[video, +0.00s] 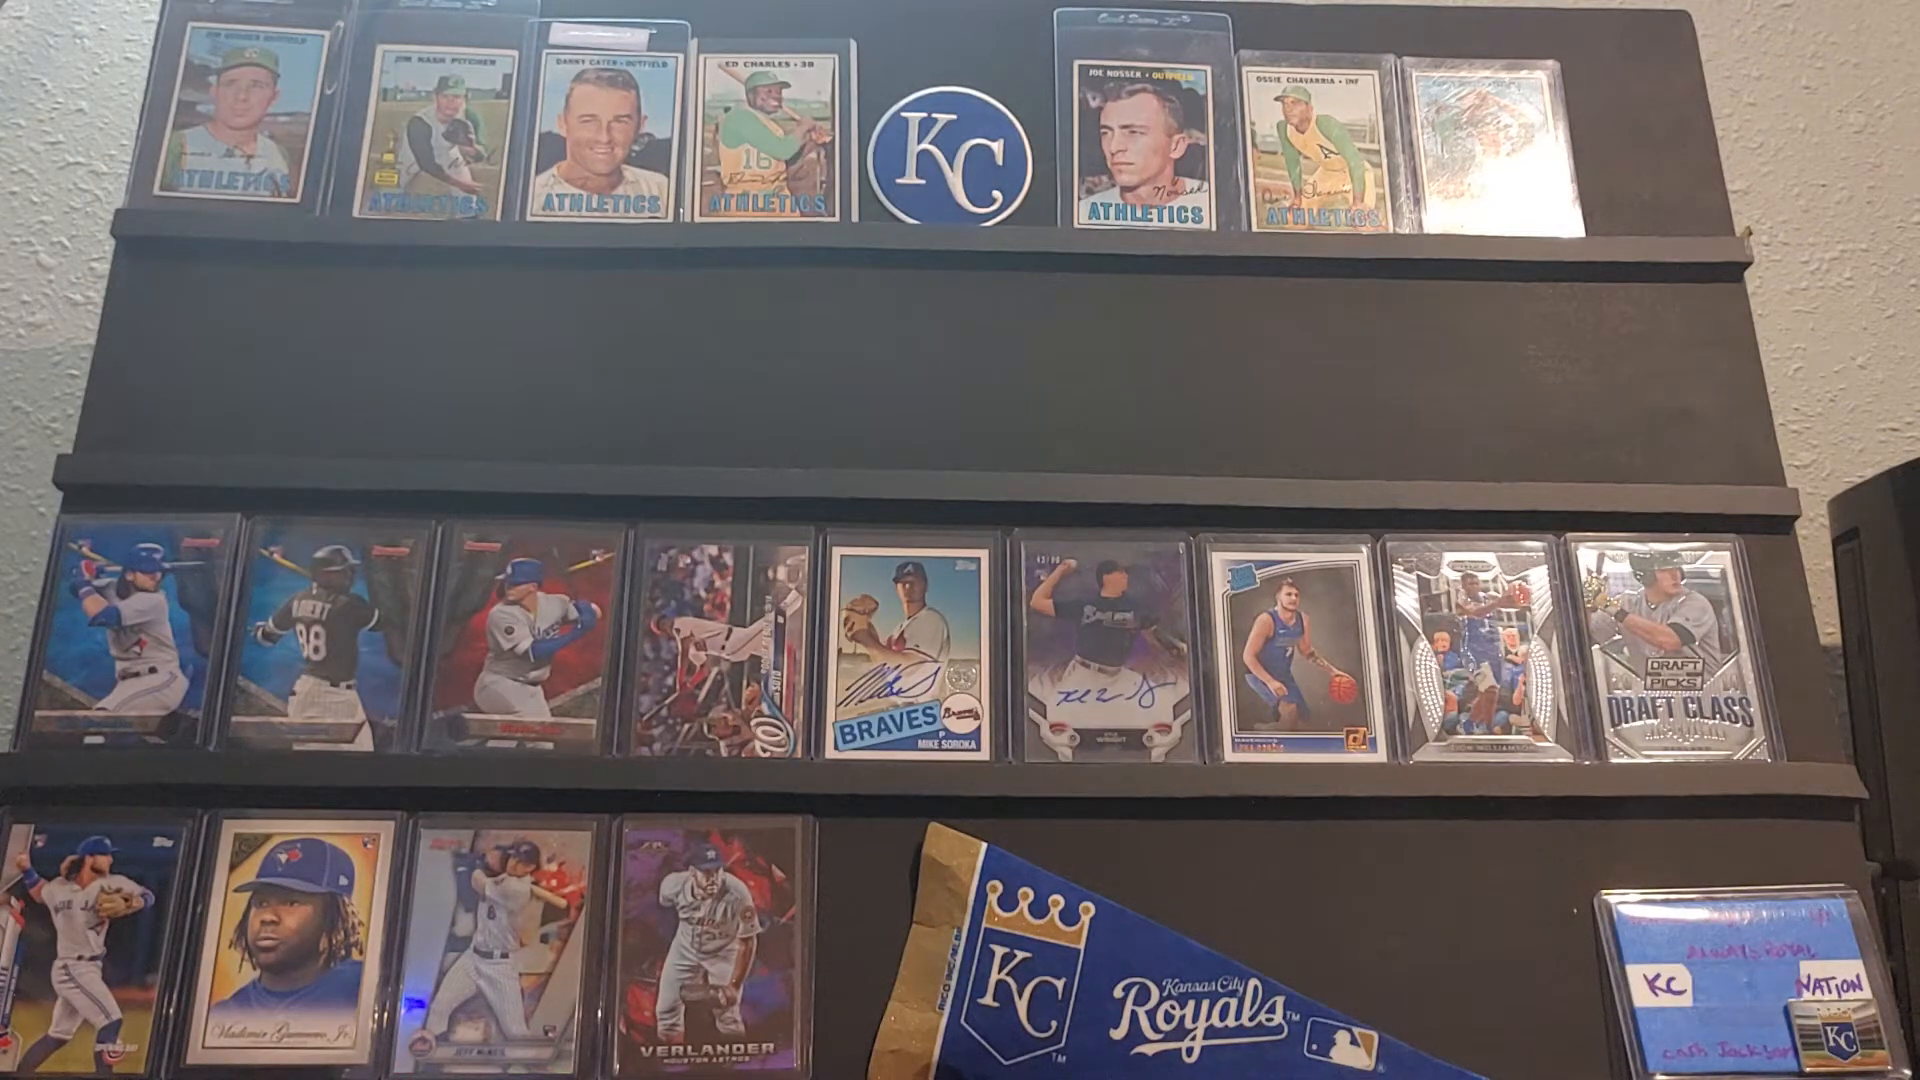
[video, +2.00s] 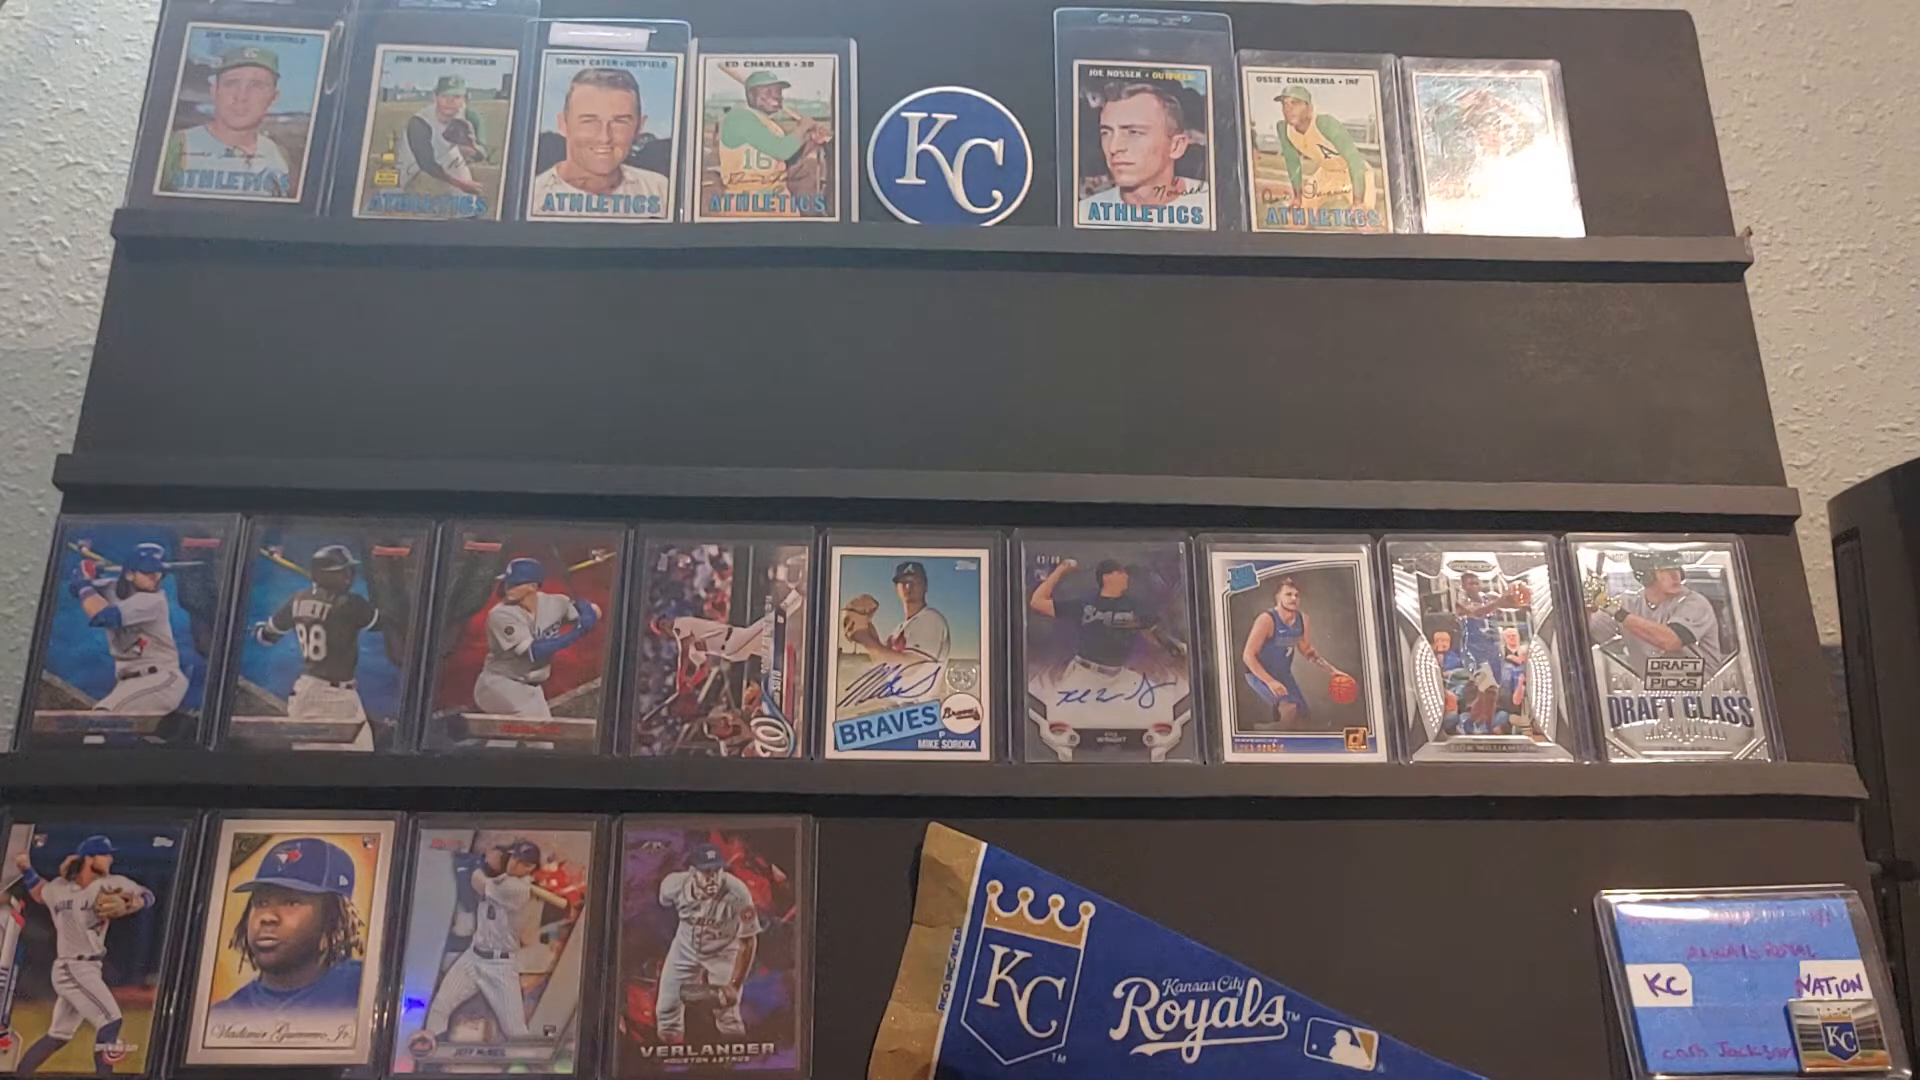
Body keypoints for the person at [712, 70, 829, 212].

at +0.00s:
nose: (777, 97)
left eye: (779, 92)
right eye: (770, 91)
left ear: (782, 93)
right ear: (752, 95)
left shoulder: (773, 126)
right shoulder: (739, 118)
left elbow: (784, 168)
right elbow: (783, 151)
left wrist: (811, 143)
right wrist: (802, 128)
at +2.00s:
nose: (777, 98)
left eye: (779, 93)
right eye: (770, 92)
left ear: (782, 93)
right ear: (753, 96)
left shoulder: (773, 126)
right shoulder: (739, 118)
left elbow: (783, 167)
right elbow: (782, 151)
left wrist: (811, 144)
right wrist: (803, 127)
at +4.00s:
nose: (776, 96)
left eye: (778, 91)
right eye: (768, 92)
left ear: (782, 94)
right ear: (752, 96)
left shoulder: (774, 127)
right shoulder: (739, 118)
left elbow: (786, 162)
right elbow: (783, 151)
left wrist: (811, 142)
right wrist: (803, 128)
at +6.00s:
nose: (776, 97)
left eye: (779, 92)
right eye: (768, 92)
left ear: (782, 94)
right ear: (751, 95)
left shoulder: (775, 128)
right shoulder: (738, 118)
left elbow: (784, 169)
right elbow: (782, 151)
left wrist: (811, 143)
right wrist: (802, 129)